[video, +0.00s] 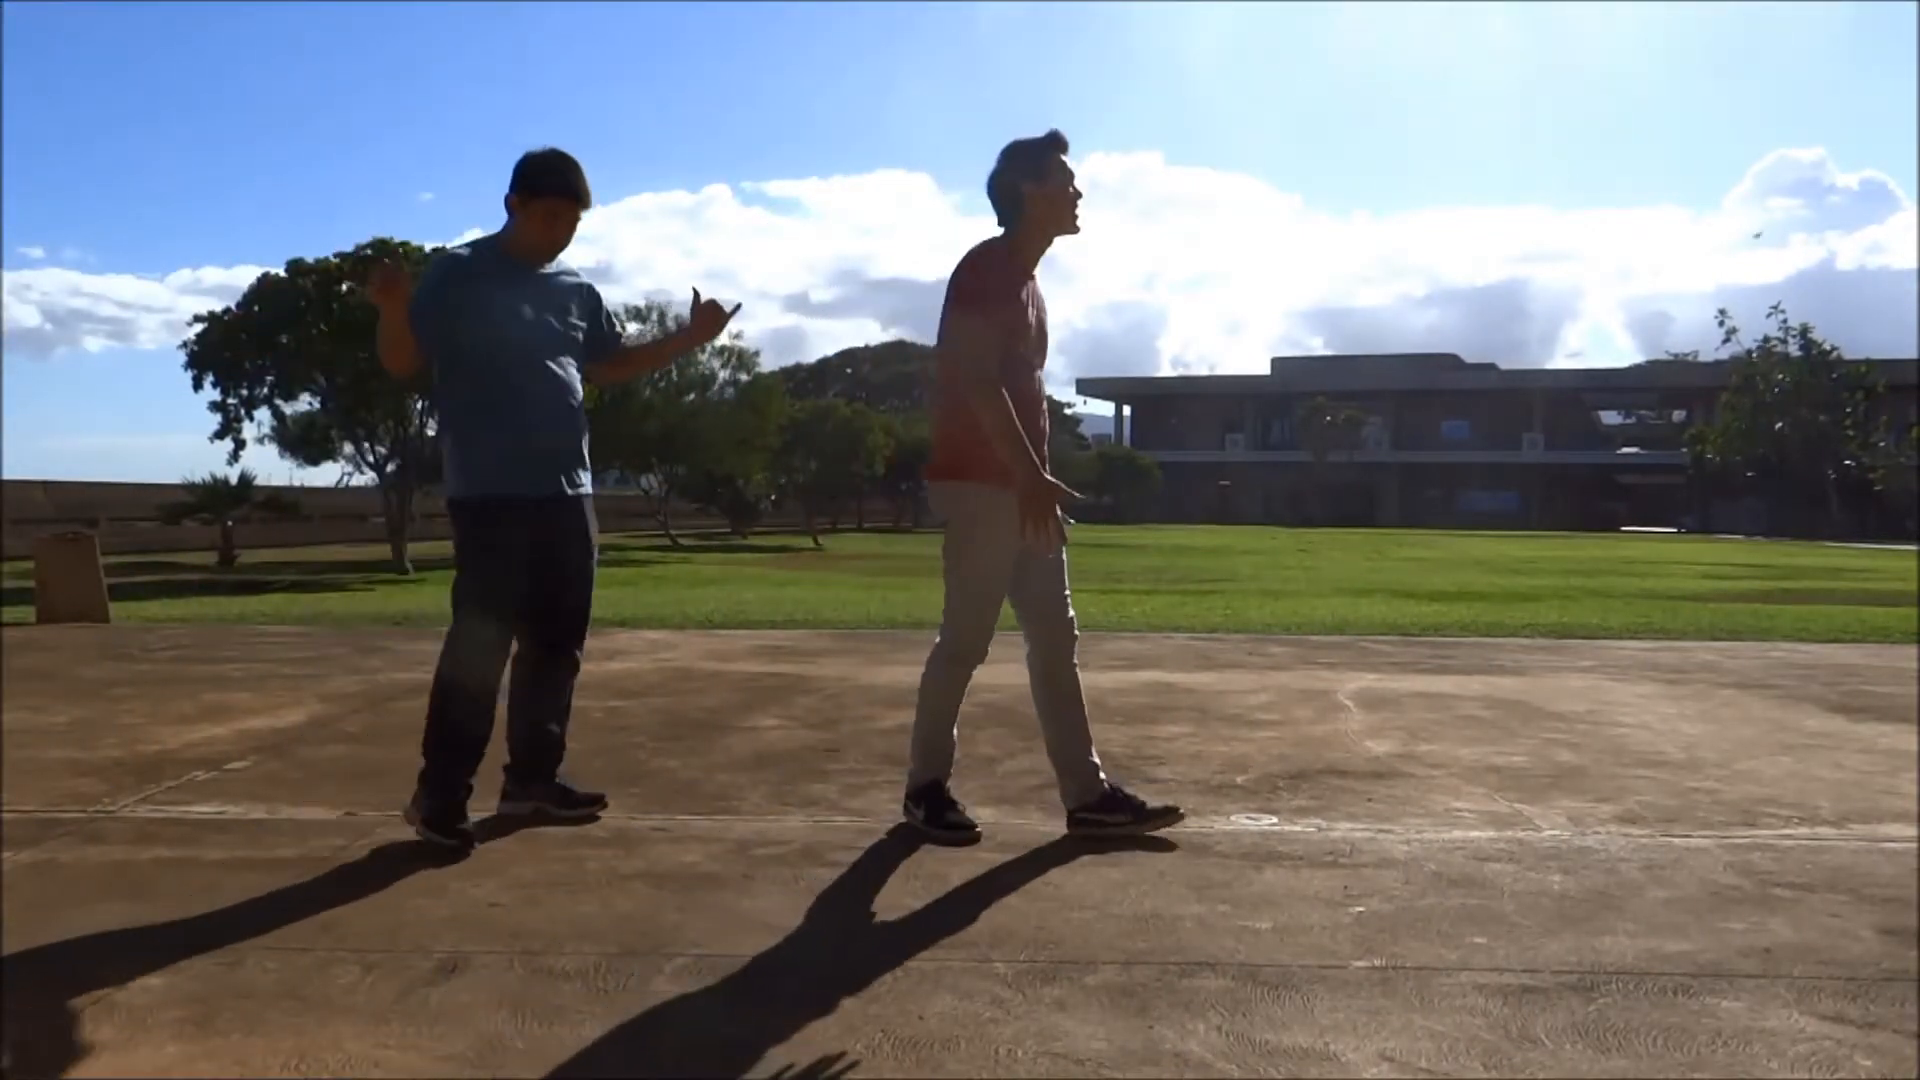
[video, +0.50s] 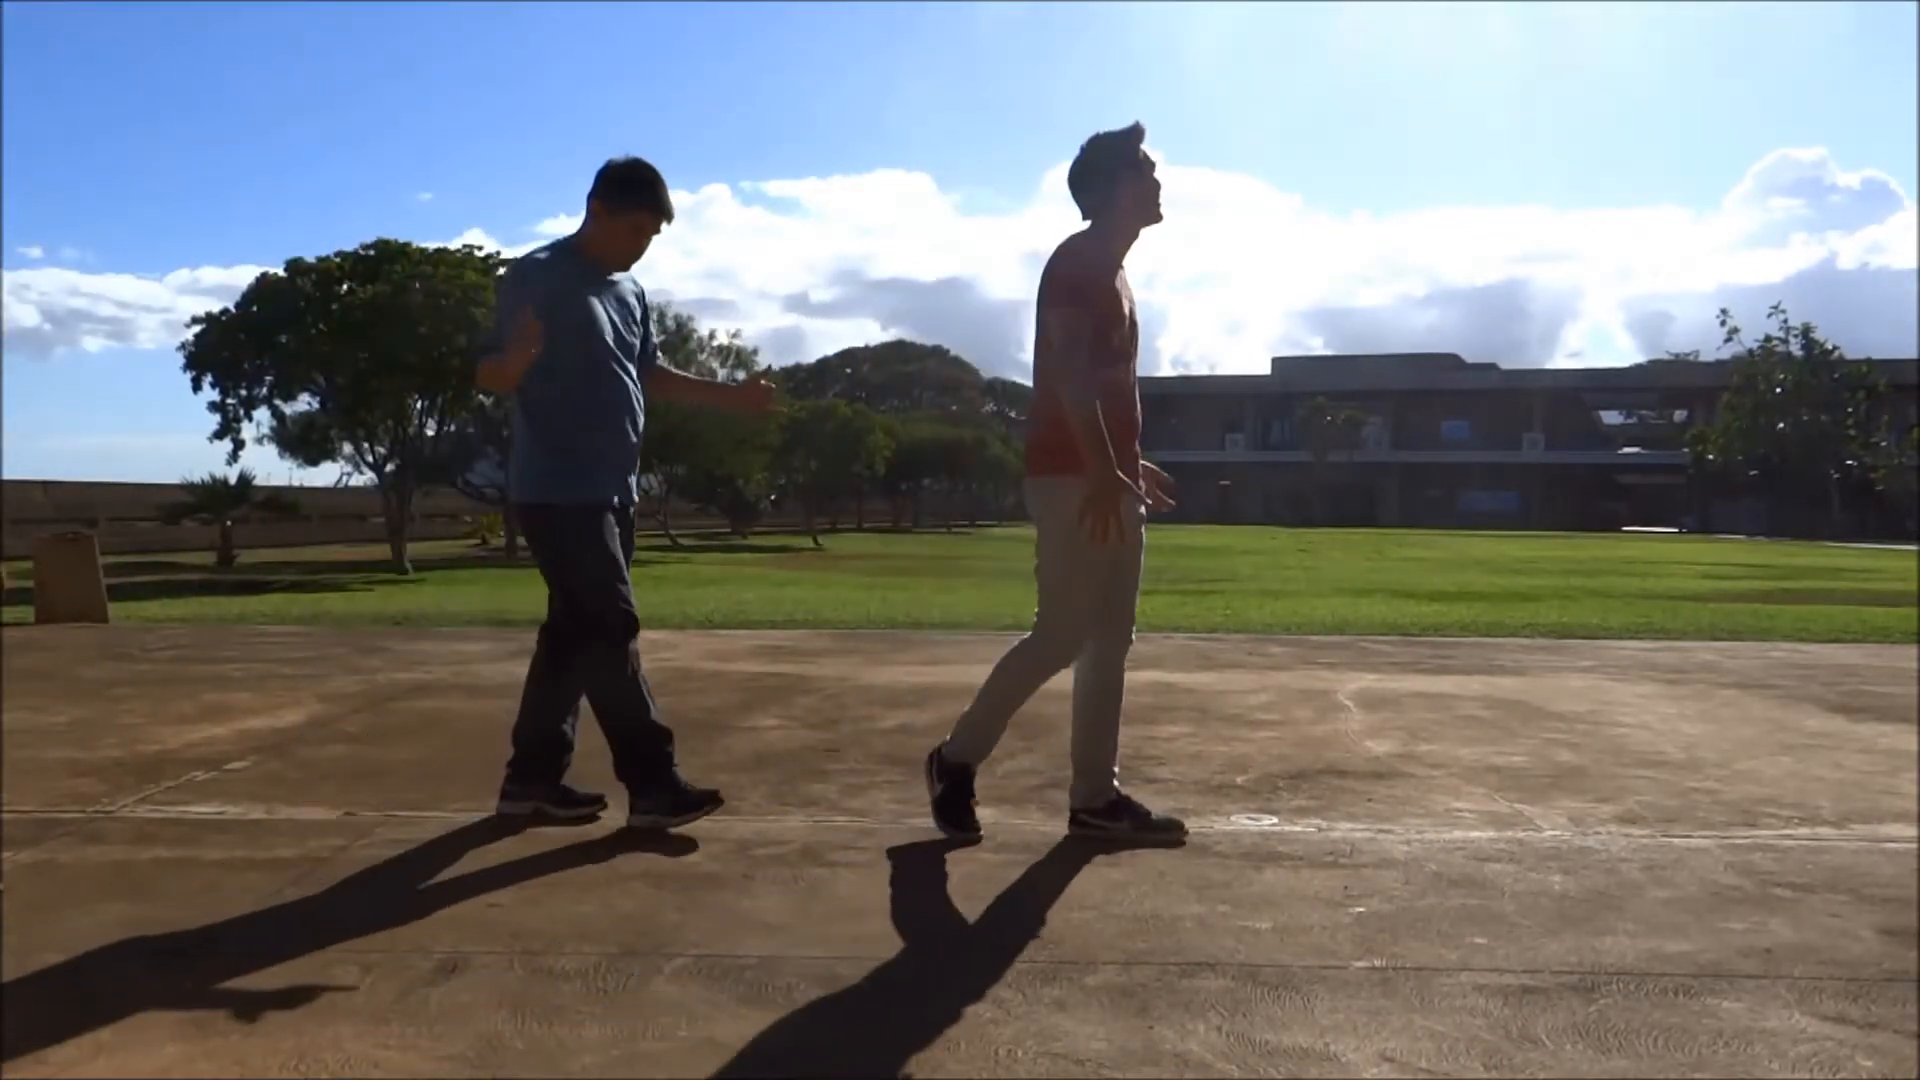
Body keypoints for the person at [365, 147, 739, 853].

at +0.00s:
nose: (569, 232)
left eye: (576, 219)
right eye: (561, 217)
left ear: (575, 217)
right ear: (522, 204)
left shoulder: (577, 294)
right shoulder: (451, 274)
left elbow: (606, 367)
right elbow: (402, 364)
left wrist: (692, 336)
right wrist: (393, 307)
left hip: (564, 491)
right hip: (486, 491)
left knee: (556, 641)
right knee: (479, 640)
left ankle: (535, 780)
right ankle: (441, 797)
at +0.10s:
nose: (586, 233)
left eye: (593, 221)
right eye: (579, 218)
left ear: (589, 218)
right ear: (538, 204)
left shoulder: (590, 293)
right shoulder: (469, 273)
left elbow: (617, 370)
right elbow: (420, 365)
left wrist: (703, 338)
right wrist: (417, 308)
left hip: (574, 488)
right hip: (500, 487)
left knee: (566, 637)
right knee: (515, 632)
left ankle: (544, 780)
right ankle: (503, 796)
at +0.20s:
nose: (600, 238)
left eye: (607, 225)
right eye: (594, 222)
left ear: (603, 220)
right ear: (552, 206)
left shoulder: (598, 291)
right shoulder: (484, 274)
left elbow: (627, 368)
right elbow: (435, 368)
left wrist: (717, 357)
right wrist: (438, 318)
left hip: (583, 486)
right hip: (514, 484)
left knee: (570, 631)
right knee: (550, 628)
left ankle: (528, 779)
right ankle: (564, 785)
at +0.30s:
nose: (613, 240)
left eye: (621, 227)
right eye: (608, 223)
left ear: (616, 223)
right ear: (566, 207)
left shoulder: (608, 293)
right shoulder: (501, 274)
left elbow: (639, 368)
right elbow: (453, 369)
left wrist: (731, 384)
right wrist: (462, 343)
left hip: (591, 485)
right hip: (527, 483)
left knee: (564, 626)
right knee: (575, 620)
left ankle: (530, 779)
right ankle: (615, 778)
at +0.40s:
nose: (630, 243)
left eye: (637, 230)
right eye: (626, 227)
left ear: (620, 223)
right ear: (586, 210)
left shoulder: (619, 293)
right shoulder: (516, 276)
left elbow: (641, 372)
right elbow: (469, 374)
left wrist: (725, 393)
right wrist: (488, 352)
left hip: (601, 488)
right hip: (542, 486)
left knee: (565, 627)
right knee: (595, 620)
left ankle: (530, 781)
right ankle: (644, 780)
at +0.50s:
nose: (646, 246)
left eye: (654, 233)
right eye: (643, 230)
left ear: (638, 225)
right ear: (603, 212)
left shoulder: (630, 293)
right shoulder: (533, 277)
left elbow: (646, 374)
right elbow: (489, 375)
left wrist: (730, 395)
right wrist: (516, 358)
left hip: (610, 492)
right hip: (556, 491)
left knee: (571, 632)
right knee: (610, 626)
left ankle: (531, 782)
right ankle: (654, 788)